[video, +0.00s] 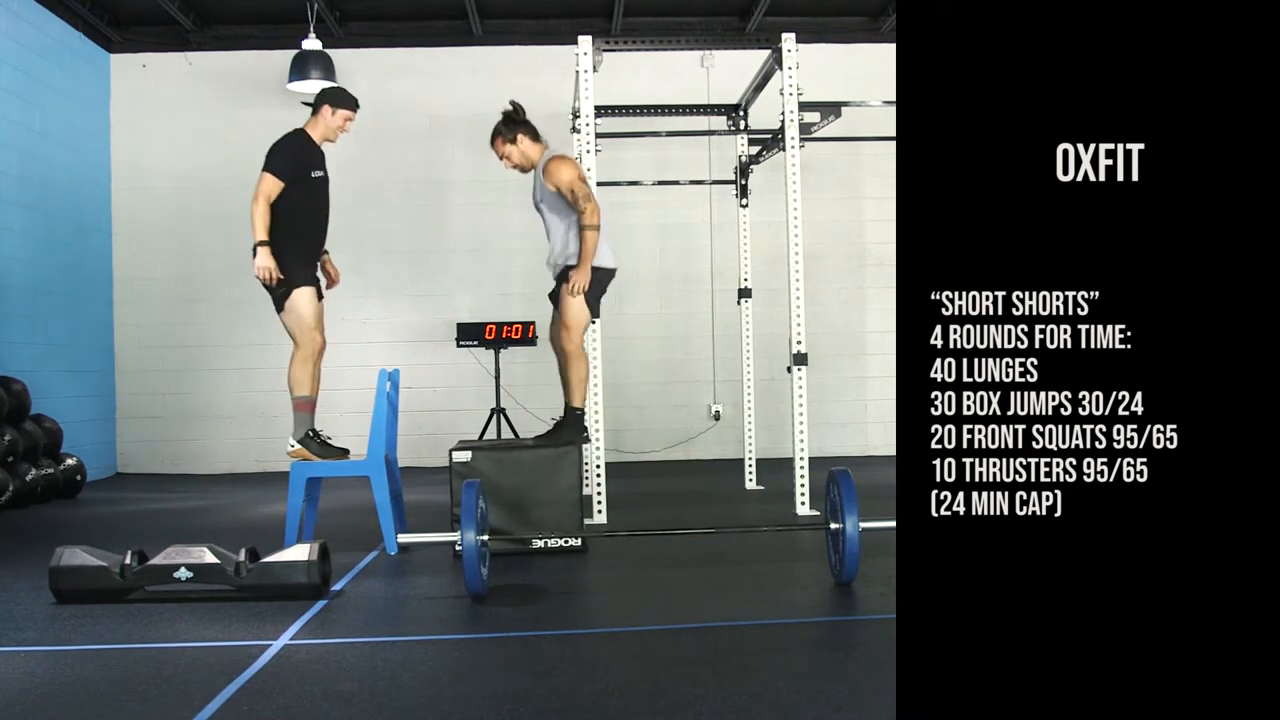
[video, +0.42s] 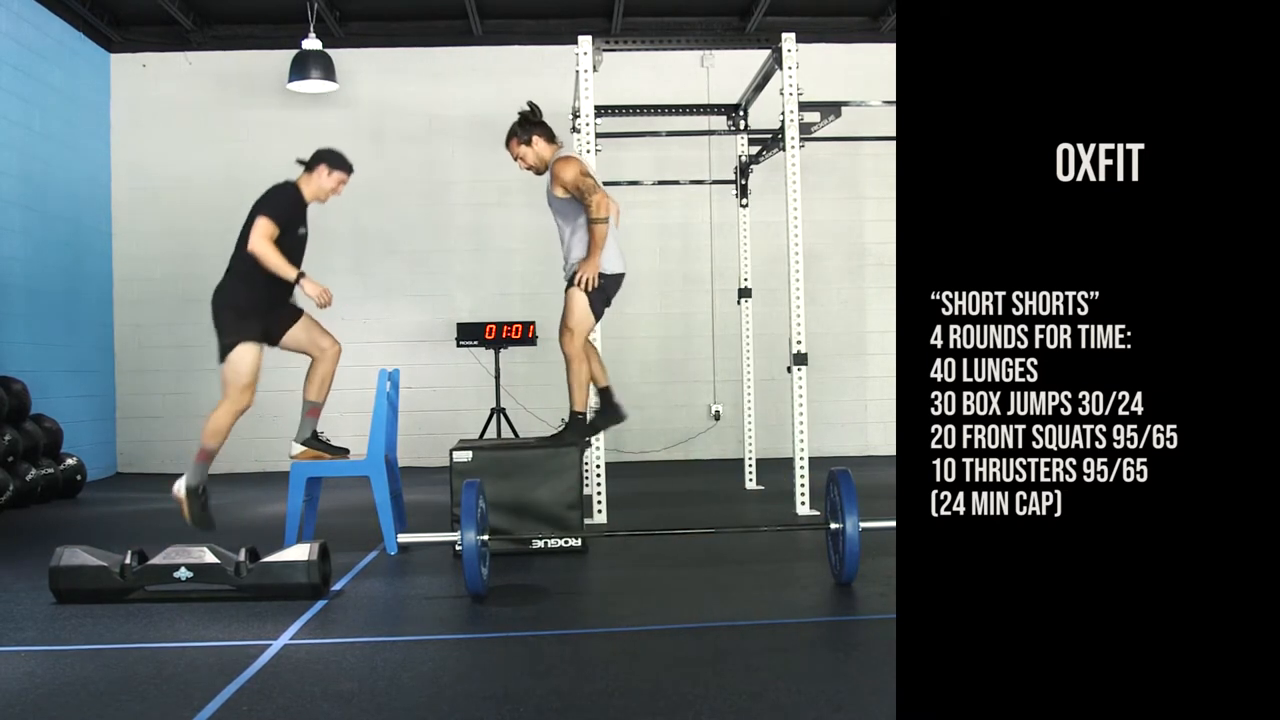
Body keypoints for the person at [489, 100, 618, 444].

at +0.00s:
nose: (506, 163)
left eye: (505, 155)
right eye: (502, 159)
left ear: (522, 139)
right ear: (523, 141)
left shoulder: (557, 167)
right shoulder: (543, 175)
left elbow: (590, 209)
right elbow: (571, 221)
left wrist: (584, 266)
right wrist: (564, 269)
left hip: (583, 268)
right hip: (568, 269)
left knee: (569, 337)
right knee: (558, 338)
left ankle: (576, 421)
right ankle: (571, 418)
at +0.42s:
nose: (521, 165)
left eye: (520, 156)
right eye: (516, 159)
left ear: (537, 141)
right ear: (539, 141)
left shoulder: (563, 167)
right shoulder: (568, 167)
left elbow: (599, 204)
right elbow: (611, 207)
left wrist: (593, 259)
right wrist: (593, 255)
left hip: (591, 270)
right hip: (597, 269)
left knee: (570, 339)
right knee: (578, 338)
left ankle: (577, 424)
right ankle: (609, 405)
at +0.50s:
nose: (529, 172)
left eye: (527, 163)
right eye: (525, 167)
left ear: (545, 148)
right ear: (546, 149)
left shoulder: (572, 174)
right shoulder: (573, 173)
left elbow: (613, 202)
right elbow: (616, 201)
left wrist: (603, 260)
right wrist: (599, 259)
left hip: (597, 275)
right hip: (604, 275)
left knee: (563, 340)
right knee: (585, 345)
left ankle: (575, 424)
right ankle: (634, 409)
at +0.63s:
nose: (541, 193)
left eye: (541, 185)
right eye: (538, 188)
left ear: (560, 171)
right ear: (558, 173)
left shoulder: (590, 195)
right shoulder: (576, 203)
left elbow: (634, 219)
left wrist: (617, 271)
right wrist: (596, 282)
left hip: (613, 293)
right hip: (615, 294)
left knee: (554, 345)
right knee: (614, 373)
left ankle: (575, 426)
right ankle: (654, 446)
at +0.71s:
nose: (552, 216)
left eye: (553, 208)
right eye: (549, 211)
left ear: (571, 196)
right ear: (570, 199)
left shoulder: (602, 221)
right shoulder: (584, 230)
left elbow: (648, 244)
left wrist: (623, 293)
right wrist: (600, 306)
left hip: (622, 319)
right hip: (623, 320)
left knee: (552, 347)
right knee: (631, 403)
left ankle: (574, 426)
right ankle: (658, 477)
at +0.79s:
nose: (564, 248)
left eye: (565, 240)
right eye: (561, 242)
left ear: (584, 229)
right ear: (582, 231)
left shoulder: (613, 253)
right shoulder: (595, 263)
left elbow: (661, 271)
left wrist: (634, 321)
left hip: (632, 353)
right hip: (636, 356)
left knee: (556, 347)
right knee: (639, 435)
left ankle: (574, 426)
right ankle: (671, 510)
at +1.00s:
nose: (578, 268)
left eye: (578, 259)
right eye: (574, 263)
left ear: (595, 245)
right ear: (595, 246)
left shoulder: (625, 260)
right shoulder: (609, 274)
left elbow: (672, 270)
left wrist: (654, 316)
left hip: (657, 357)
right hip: (645, 368)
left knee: (594, 340)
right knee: (646, 440)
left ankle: (595, 423)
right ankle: (676, 516)